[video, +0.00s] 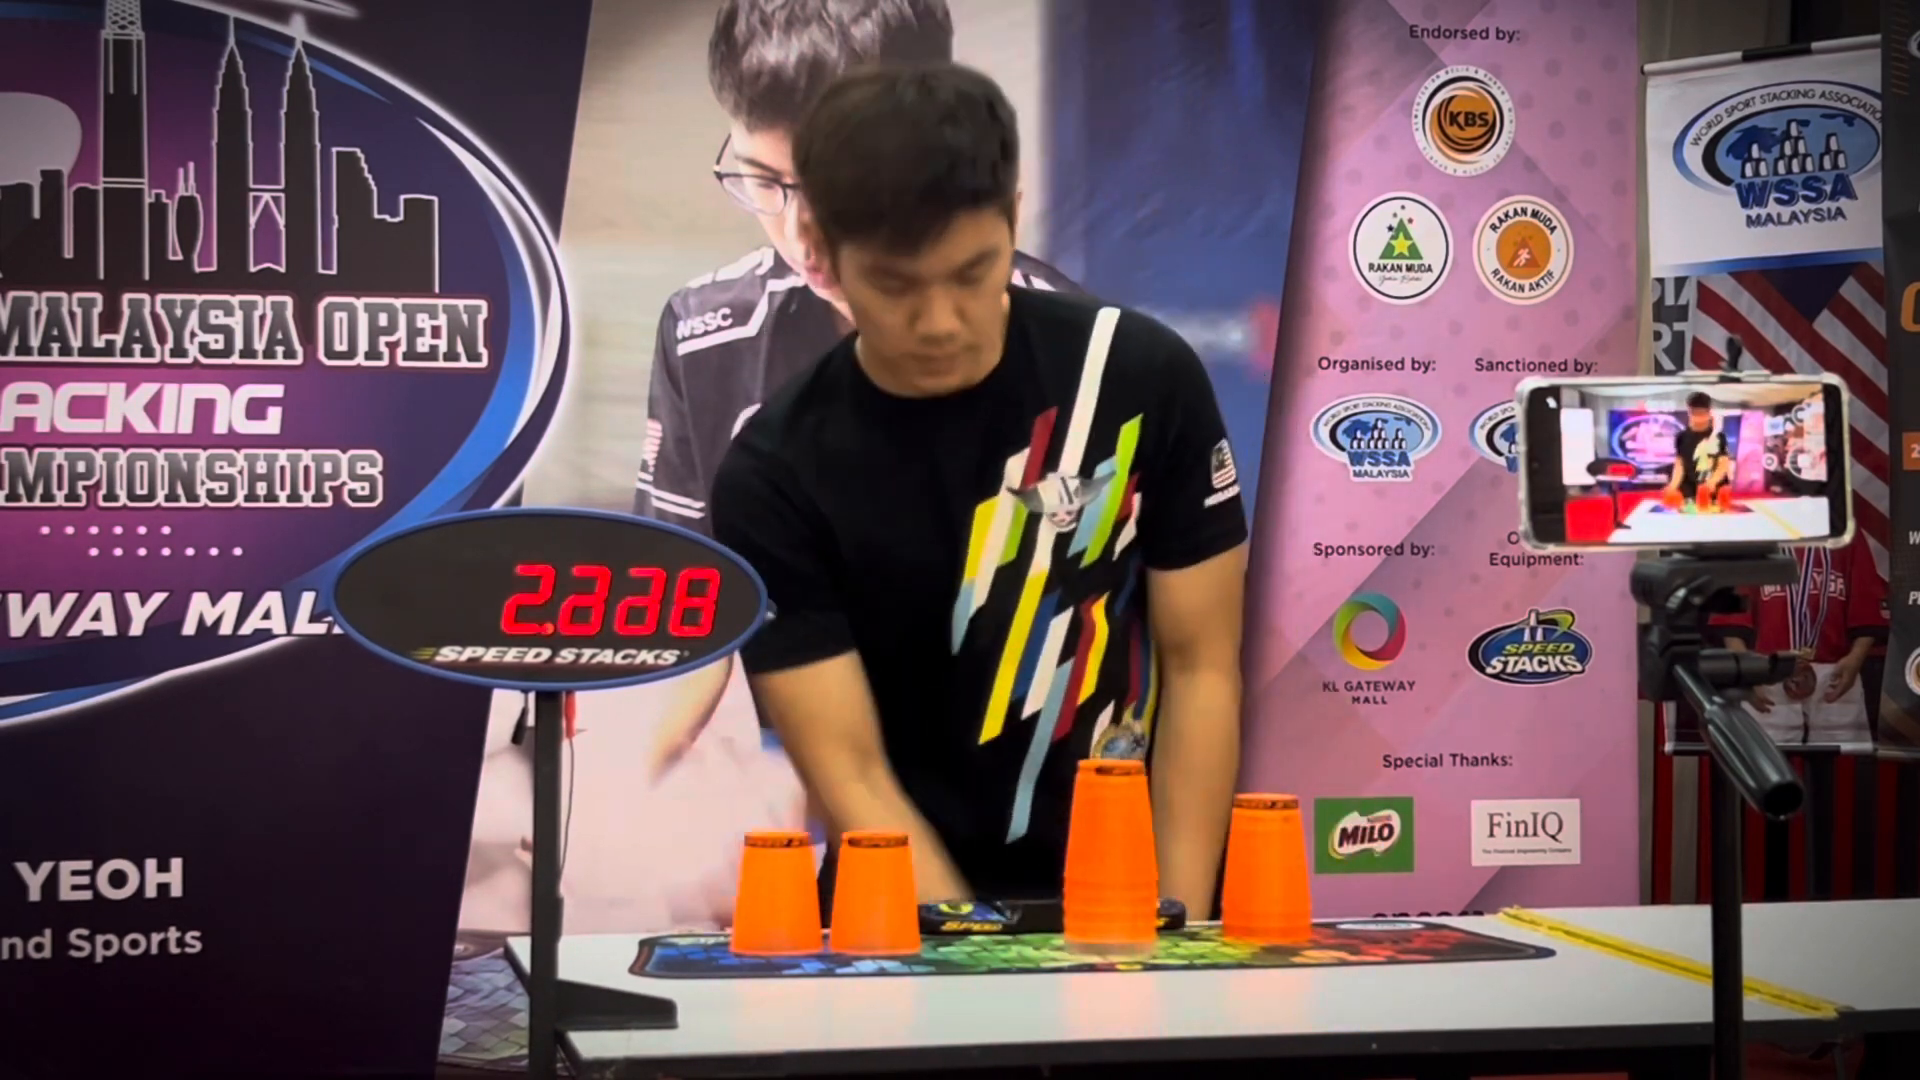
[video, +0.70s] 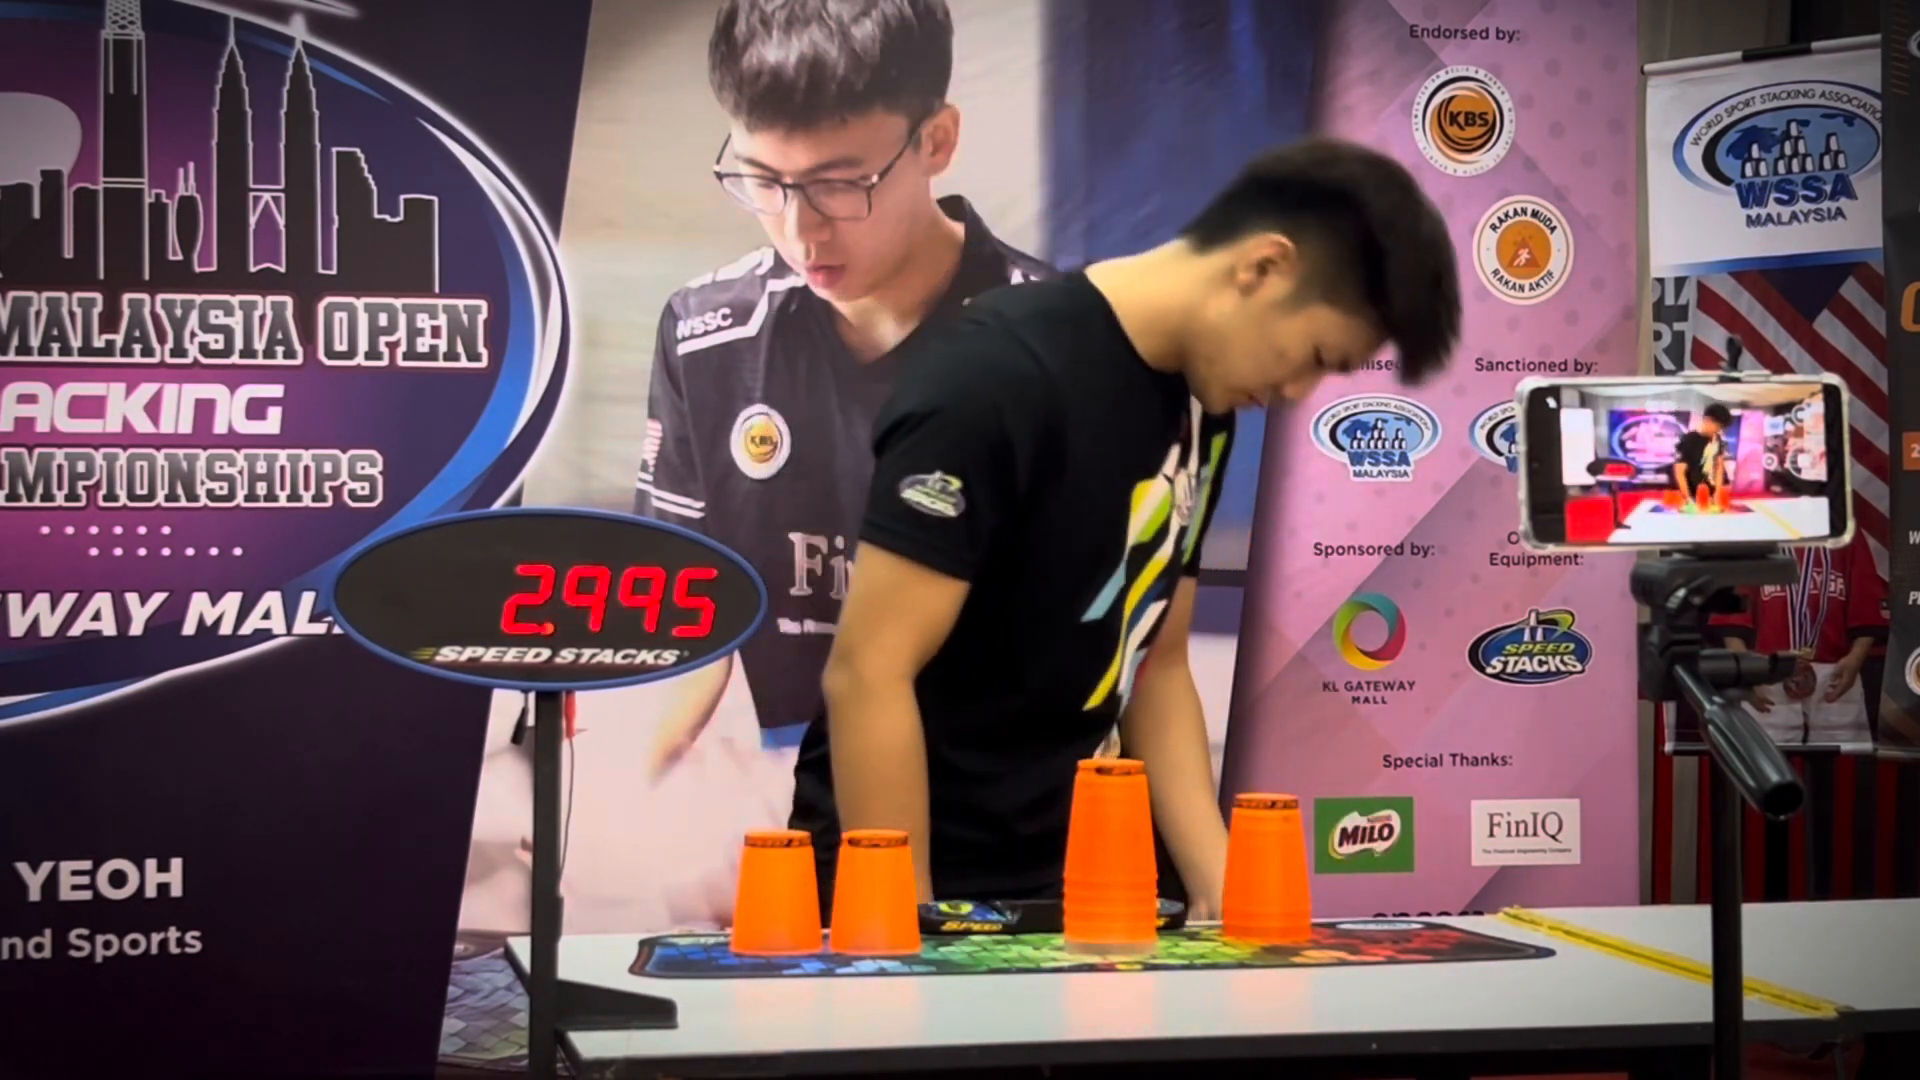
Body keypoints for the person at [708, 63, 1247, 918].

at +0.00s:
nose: (939, 321)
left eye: (973, 272)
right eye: (894, 283)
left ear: (1013, 225)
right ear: (823, 260)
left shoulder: (1144, 378)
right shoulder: (774, 474)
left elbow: (1199, 666)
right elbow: (852, 778)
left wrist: (1177, 930)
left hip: (1117, 921)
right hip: (915, 933)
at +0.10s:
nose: (986, 359)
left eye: (1017, 312)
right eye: (943, 327)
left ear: (1041, 258)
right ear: (857, 284)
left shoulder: (1141, 376)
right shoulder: (778, 484)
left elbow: (1208, 655)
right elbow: (893, 780)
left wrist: (1211, 926)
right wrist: (1077, 939)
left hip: (1130, 899)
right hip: (913, 920)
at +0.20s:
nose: (1058, 360)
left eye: (1084, 325)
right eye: (1027, 328)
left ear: (1109, 290)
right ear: (923, 265)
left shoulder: (1152, 366)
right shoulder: (800, 460)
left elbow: (1211, 632)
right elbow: (871, 764)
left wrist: (1199, 898)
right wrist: (1069, 924)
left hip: (1126, 891)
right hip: (920, 915)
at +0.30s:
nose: (1126, 348)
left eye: (1151, 316)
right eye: (1107, 313)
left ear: (1172, 289)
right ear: (1001, 244)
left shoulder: (1164, 363)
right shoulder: (831, 425)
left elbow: (1186, 625)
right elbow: (836, 741)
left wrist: (1175, 893)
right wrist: (991, 936)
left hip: (1088, 894)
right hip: (897, 911)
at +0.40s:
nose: (1190, 324)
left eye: (1209, 295)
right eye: (1180, 285)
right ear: (1081, 216)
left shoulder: (1171, 364)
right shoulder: (868, 395)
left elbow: (1176, 624)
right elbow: (812, 717)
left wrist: (1170, 890)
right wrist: (909, 943)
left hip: (1081, 897)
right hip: (910, 917)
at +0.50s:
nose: (1235, 322)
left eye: (1258, 294)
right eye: (1239, 281)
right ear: (1153, 206)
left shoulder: (1174, 359)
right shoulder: (909, 374)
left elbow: (1171, 625)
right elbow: (812, 685)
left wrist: (1187, 869)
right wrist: (873, 941)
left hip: (1073, 903)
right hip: (911, 917)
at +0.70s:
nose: (1299, 392)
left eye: (1325, 372)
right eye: (1317, 358)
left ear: (1259, 270)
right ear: (1260, 269)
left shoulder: (1201, 392)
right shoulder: (987, 373)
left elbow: (1158, 662)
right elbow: (864, 674)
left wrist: (1224, 900)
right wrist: (893, 935)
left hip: (1054, 902)